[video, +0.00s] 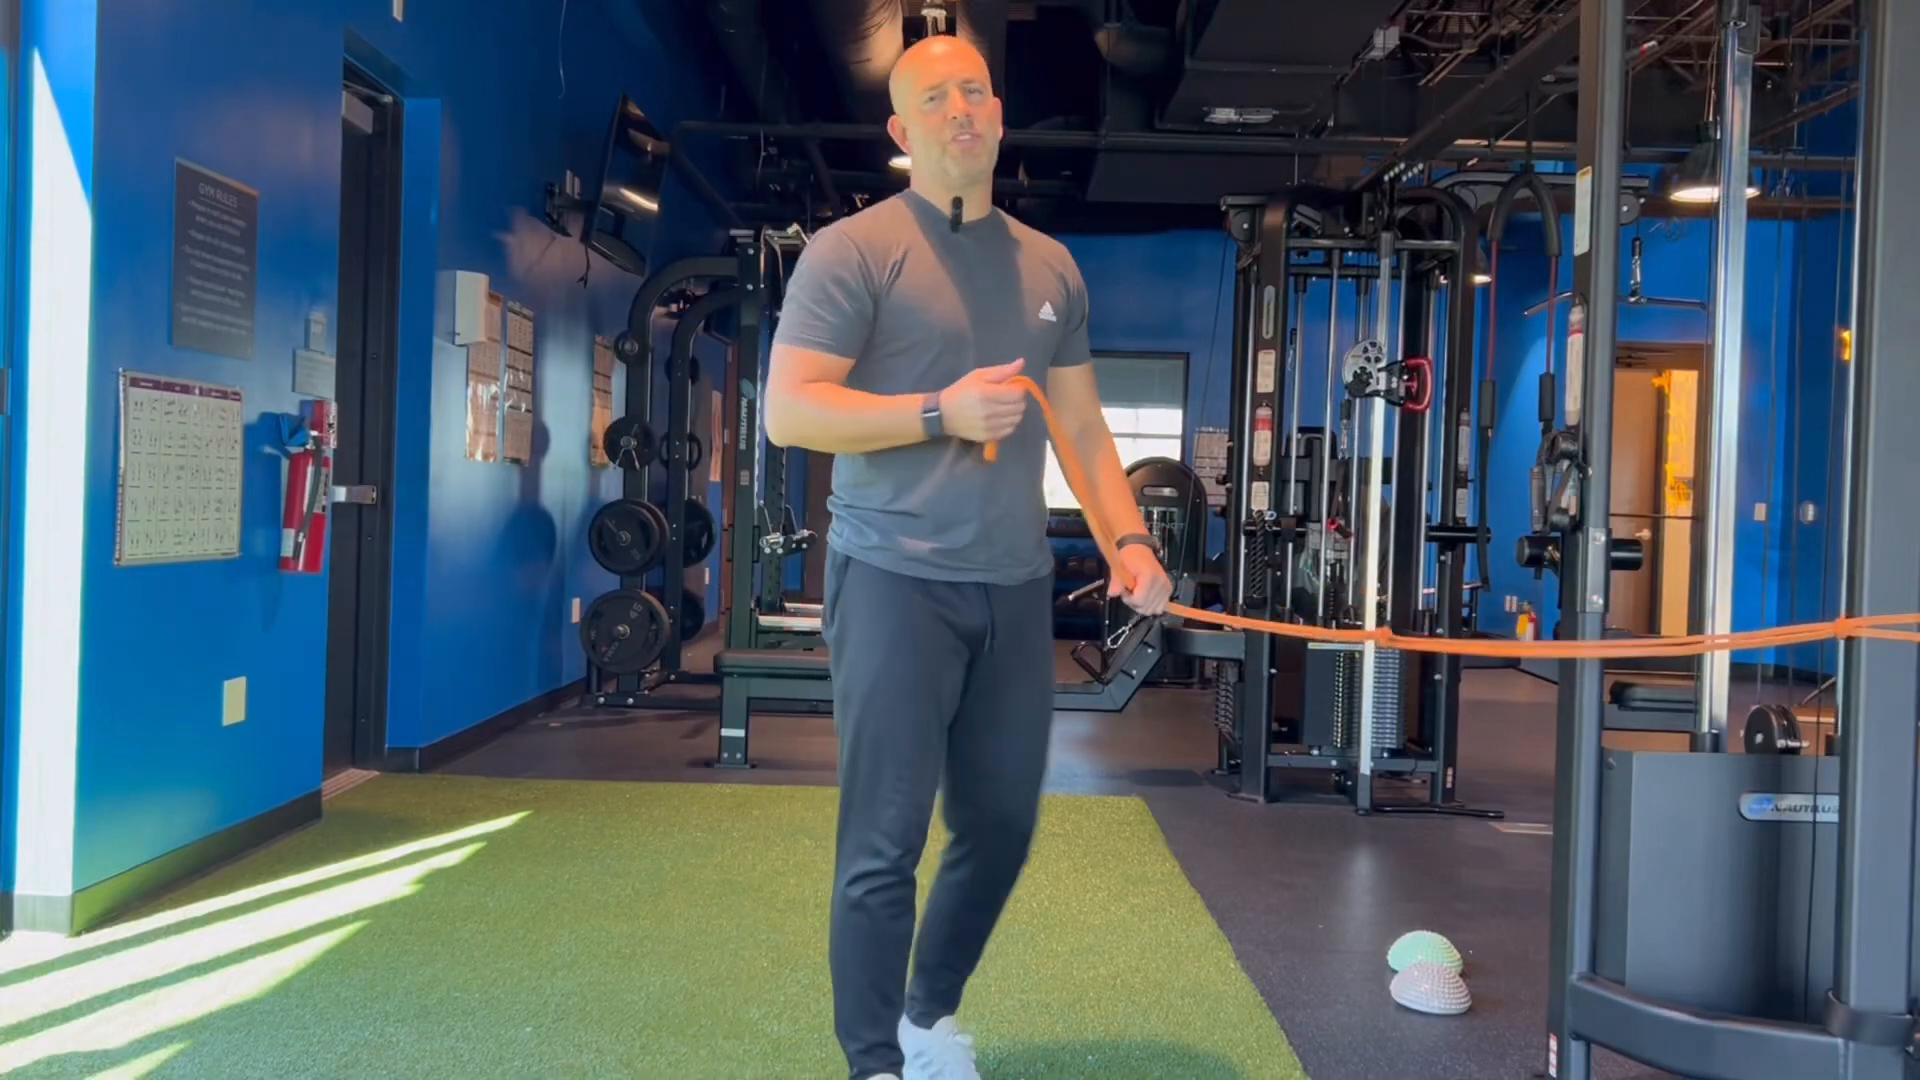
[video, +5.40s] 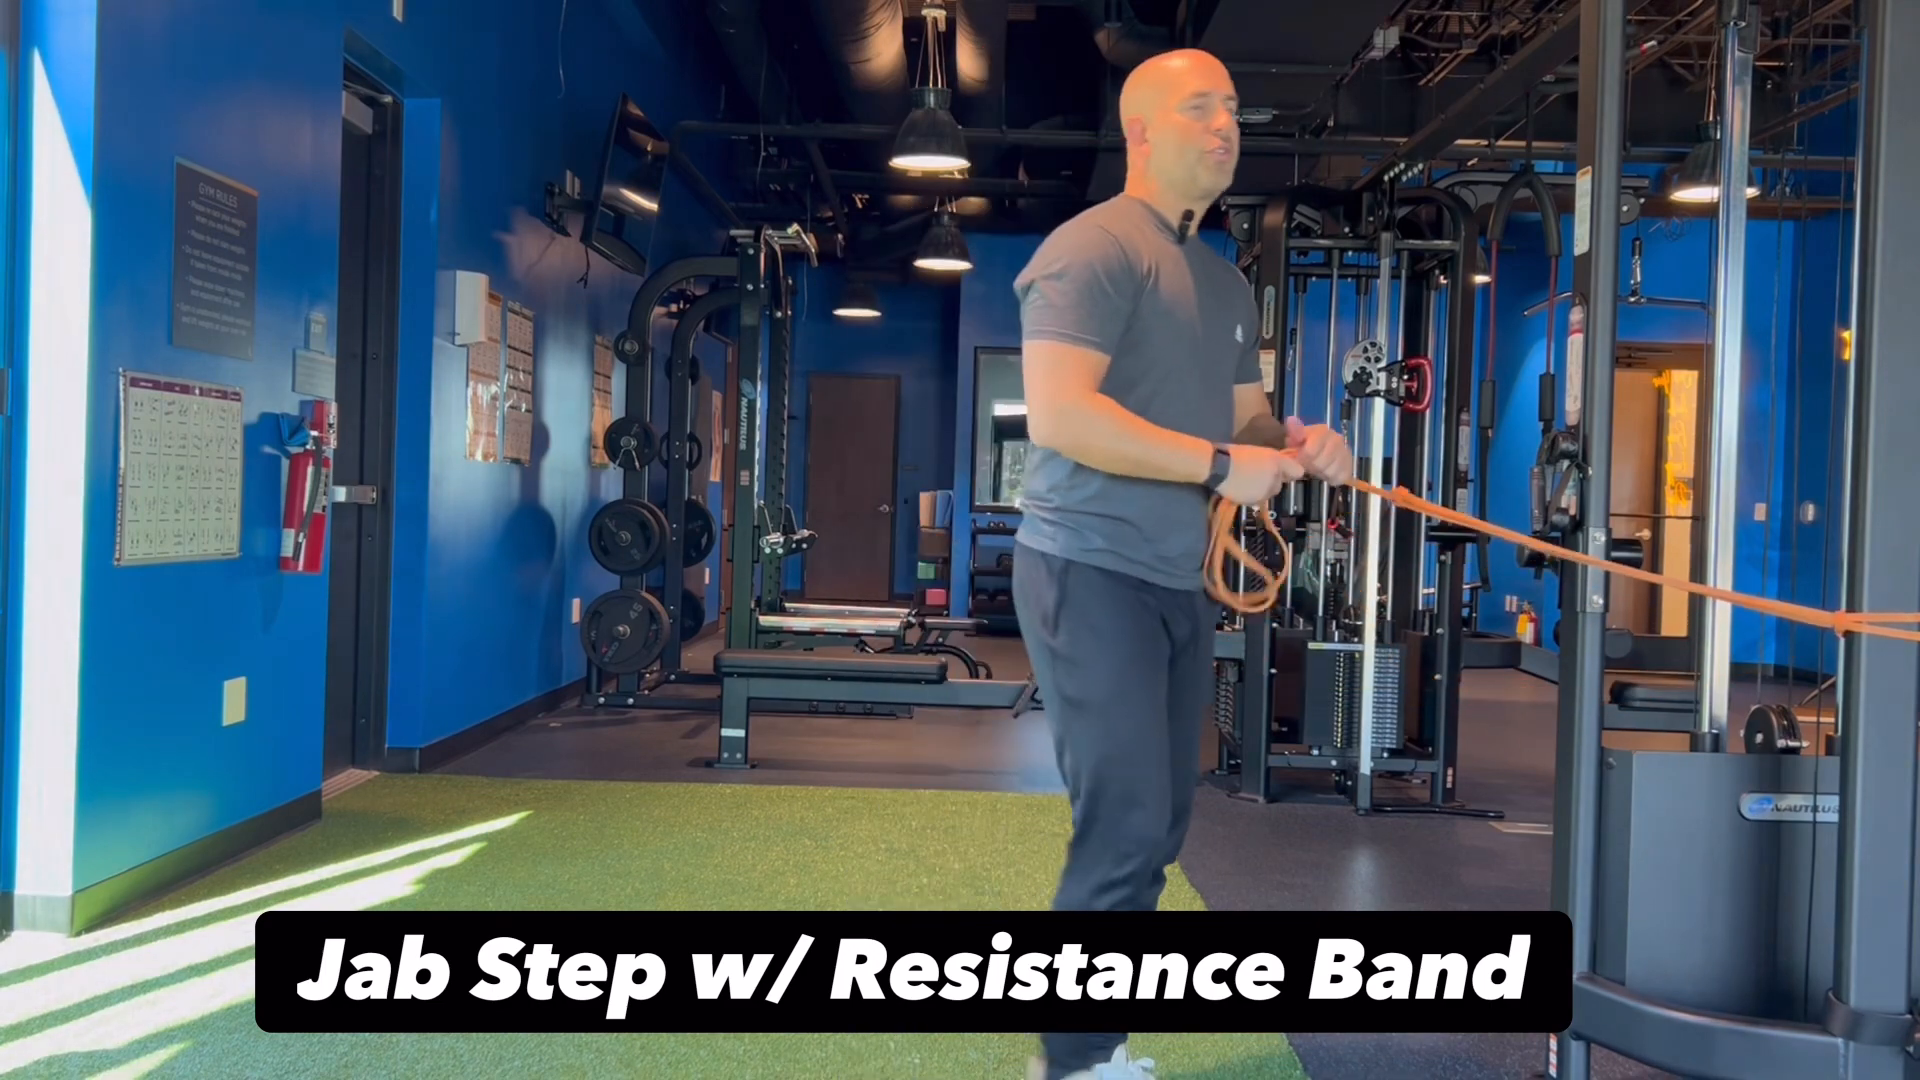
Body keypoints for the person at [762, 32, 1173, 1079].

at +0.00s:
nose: (964, 106)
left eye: (976, 88)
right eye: (937, 95)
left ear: (1002, 115)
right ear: (899, 131)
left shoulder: (1049, 267)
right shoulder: (848, 253)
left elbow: (1083, 430)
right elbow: (788, 409)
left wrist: (1128, 544)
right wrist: (938, 410)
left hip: (1016, 586)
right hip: (892, 580)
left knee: (1000, 826)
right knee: (884, 843)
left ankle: (926, 1014)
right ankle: (872, 1062)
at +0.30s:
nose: (983, 106)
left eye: (996, 87)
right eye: (955, 94)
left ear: (1024, 112)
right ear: (918, 128)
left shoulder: (1079, 262)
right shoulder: (871, 254)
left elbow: (1110, 420)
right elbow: (815, 411)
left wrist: (1152, 534)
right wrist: (971, 408)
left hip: (1060, 587)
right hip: (924, 586)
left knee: (1106, 814)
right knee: (896, 849)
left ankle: (1067, 1026)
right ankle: (877, 1061)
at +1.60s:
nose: (944, 139)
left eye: (959, 121)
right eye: (923, 127)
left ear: (991, 143)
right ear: (894, 157)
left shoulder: (1064, 276)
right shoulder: (843, 282)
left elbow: (1120, 412)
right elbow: (791, 413)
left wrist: (1149, 474)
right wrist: (806, 449)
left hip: (1026, 587)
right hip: (887, 587)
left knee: (1044, 823)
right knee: (883, 823)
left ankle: (1069, 1042)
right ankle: (885, 1023)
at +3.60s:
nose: (1086, 176)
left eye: (1092, 156)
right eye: (1070, 155)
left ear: (1070, 161)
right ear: (1002, 153)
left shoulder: (1110, 281)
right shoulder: (901, 273)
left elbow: (1203, 401)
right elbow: (821, 415)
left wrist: (1226, 356)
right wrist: (880, 451)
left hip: (1077, 592)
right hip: (945, 591)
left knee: (1084, 835)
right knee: (911, 835)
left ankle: (1071, 1049)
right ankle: (884, 1037)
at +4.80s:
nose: (1072, 119)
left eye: (1074, 104)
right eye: (1047, 101)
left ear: (1073, 130)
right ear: (981, 124)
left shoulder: (1087, 273)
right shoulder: (908, 262)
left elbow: (1134, 412)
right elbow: (878, 427)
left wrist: (1199, 475)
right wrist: (1041, 459)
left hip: (1072, 590)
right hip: (948, 591)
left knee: (1096, 834)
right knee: (907, 838)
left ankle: (1089, 1052)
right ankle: (872, 1054)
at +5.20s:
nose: (1176, 128)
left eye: (1186, 113)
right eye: (1150, 109)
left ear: (1195, 141)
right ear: (1092, 132)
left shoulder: (1196, 287)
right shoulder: (1043, 255)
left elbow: (1211, 425)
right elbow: (1036, 422)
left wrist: (1253, 444)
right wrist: (1199, 474)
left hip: (1155, 587)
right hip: (1047, 572)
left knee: (1135, 828)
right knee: (1058, 809)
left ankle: (1090, 1050)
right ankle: (912, 1009)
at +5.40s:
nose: (1230, 125)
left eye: (1235, 110)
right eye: (1205, 107)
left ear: (1234, 136)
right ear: (1142, 129)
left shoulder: (1227, 281)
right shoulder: (1090, 245)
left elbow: (1240, 422)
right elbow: (1058, 415)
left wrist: (1296, 439)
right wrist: (1220, 462)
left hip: (1181, 582)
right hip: (1088, 570)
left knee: (1155, 823)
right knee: (1128, 822)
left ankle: (1091, 1039)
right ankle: (1074, 1053)